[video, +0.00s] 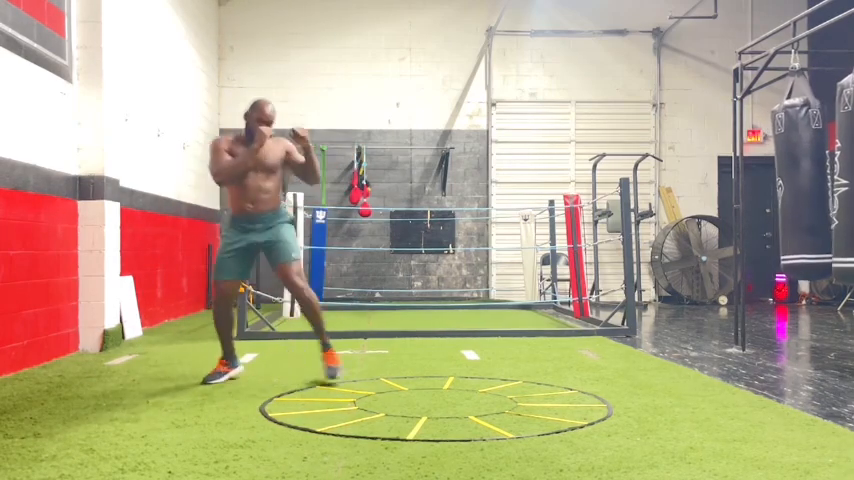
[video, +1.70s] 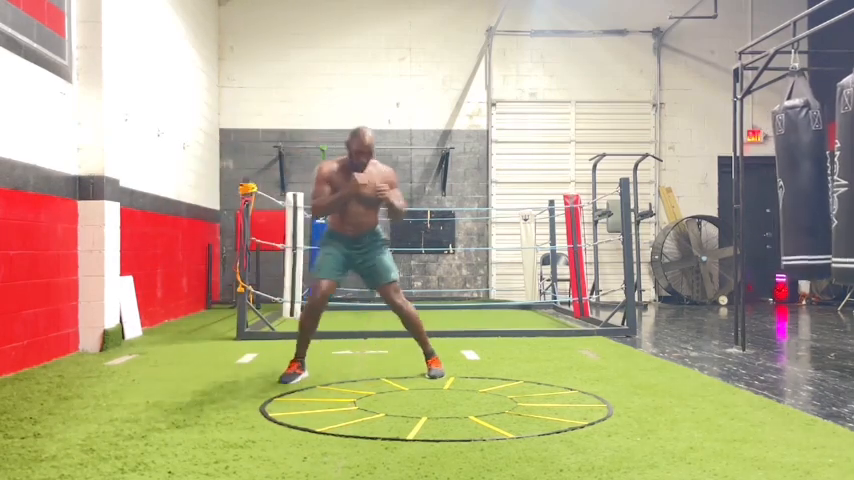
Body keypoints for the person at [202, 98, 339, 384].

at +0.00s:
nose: (265, 128)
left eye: (270, 125)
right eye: (261, 123)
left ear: (274, 124)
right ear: (247, 118)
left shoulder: (282, 146)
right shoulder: (224, 144)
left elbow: (312, 178)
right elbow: (220, 177)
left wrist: (307, 150)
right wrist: (254, 149)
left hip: (275, 223)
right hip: (239, 227)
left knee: (295, 283)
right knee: (223, 294)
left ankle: (327, 347)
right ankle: (229, 361)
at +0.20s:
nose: (296, 143)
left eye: (300, 138)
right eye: (291, 138)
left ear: (304, 138)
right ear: (276, 134)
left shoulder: (312, 165)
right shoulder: (254, 163)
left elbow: (336, 201)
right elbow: (251, 198)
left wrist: (328, 167)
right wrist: (285, 168)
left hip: (304, 241)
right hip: (267, 243)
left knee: (325, 301)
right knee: (238, 303)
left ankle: (360, 366)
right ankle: (232, 364)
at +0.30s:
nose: (305, 134)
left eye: (310, 129)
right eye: (301, 128)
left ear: (316, 128)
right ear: (289, 125)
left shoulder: (328, 153)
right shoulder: (271, 155)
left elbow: (359, 184)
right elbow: (268, 190)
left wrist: (338, 146)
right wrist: (295, 156)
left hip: (324, 233)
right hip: (287, 236)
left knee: (339, 297)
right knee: (261, 300)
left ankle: (362, 366)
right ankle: (244, 361)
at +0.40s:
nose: (317, 123)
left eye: (322, 118)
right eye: (312, 118)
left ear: (328, 116)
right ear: (299, 114)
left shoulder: (340, 140)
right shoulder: (283, 143)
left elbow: (370, 170)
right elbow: (276, 177)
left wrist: (347, 133)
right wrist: (303, 142)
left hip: (335, 222)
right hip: (299, 224)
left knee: (345, 290)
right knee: (280, 291)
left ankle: (365, 362)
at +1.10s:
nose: (335, 140)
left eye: (339, 135)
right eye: (330, 134)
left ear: (345, 133)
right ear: (318, 129)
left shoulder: (355, 157)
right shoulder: (300, 155)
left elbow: (377, 194)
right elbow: (289, 192)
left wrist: (357, 157)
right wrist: (317, 165)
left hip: (344, 236)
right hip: (310, 237)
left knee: (338, 299)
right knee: (296, 301)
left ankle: (365, 360)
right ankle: (309, 359)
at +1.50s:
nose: (339, 141)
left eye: (344, 137)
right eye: (335, 136)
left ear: (350, 134)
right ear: (324, 130)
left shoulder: (358, 155)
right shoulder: (304, 155)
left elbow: (384, 195)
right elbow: (297, 192)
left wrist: (366, 167)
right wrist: (324, 164)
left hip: (352, 231)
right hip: (315, 232)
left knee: (373, 289)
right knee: (302, 293)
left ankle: (404, 340)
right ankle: (295, 361)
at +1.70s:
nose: (360, 159)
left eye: (366, 154)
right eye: (356, 154)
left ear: (373, 151)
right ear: (347, 148)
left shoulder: (385, 173)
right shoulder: (328, 170)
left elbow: (398, 215)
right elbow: (316, 210)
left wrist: (390, 200)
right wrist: (349, 191)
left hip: (371, 243)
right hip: (336, 243)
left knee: (396, 300)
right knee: (319, 294)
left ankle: (431, 356)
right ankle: (298, 361)